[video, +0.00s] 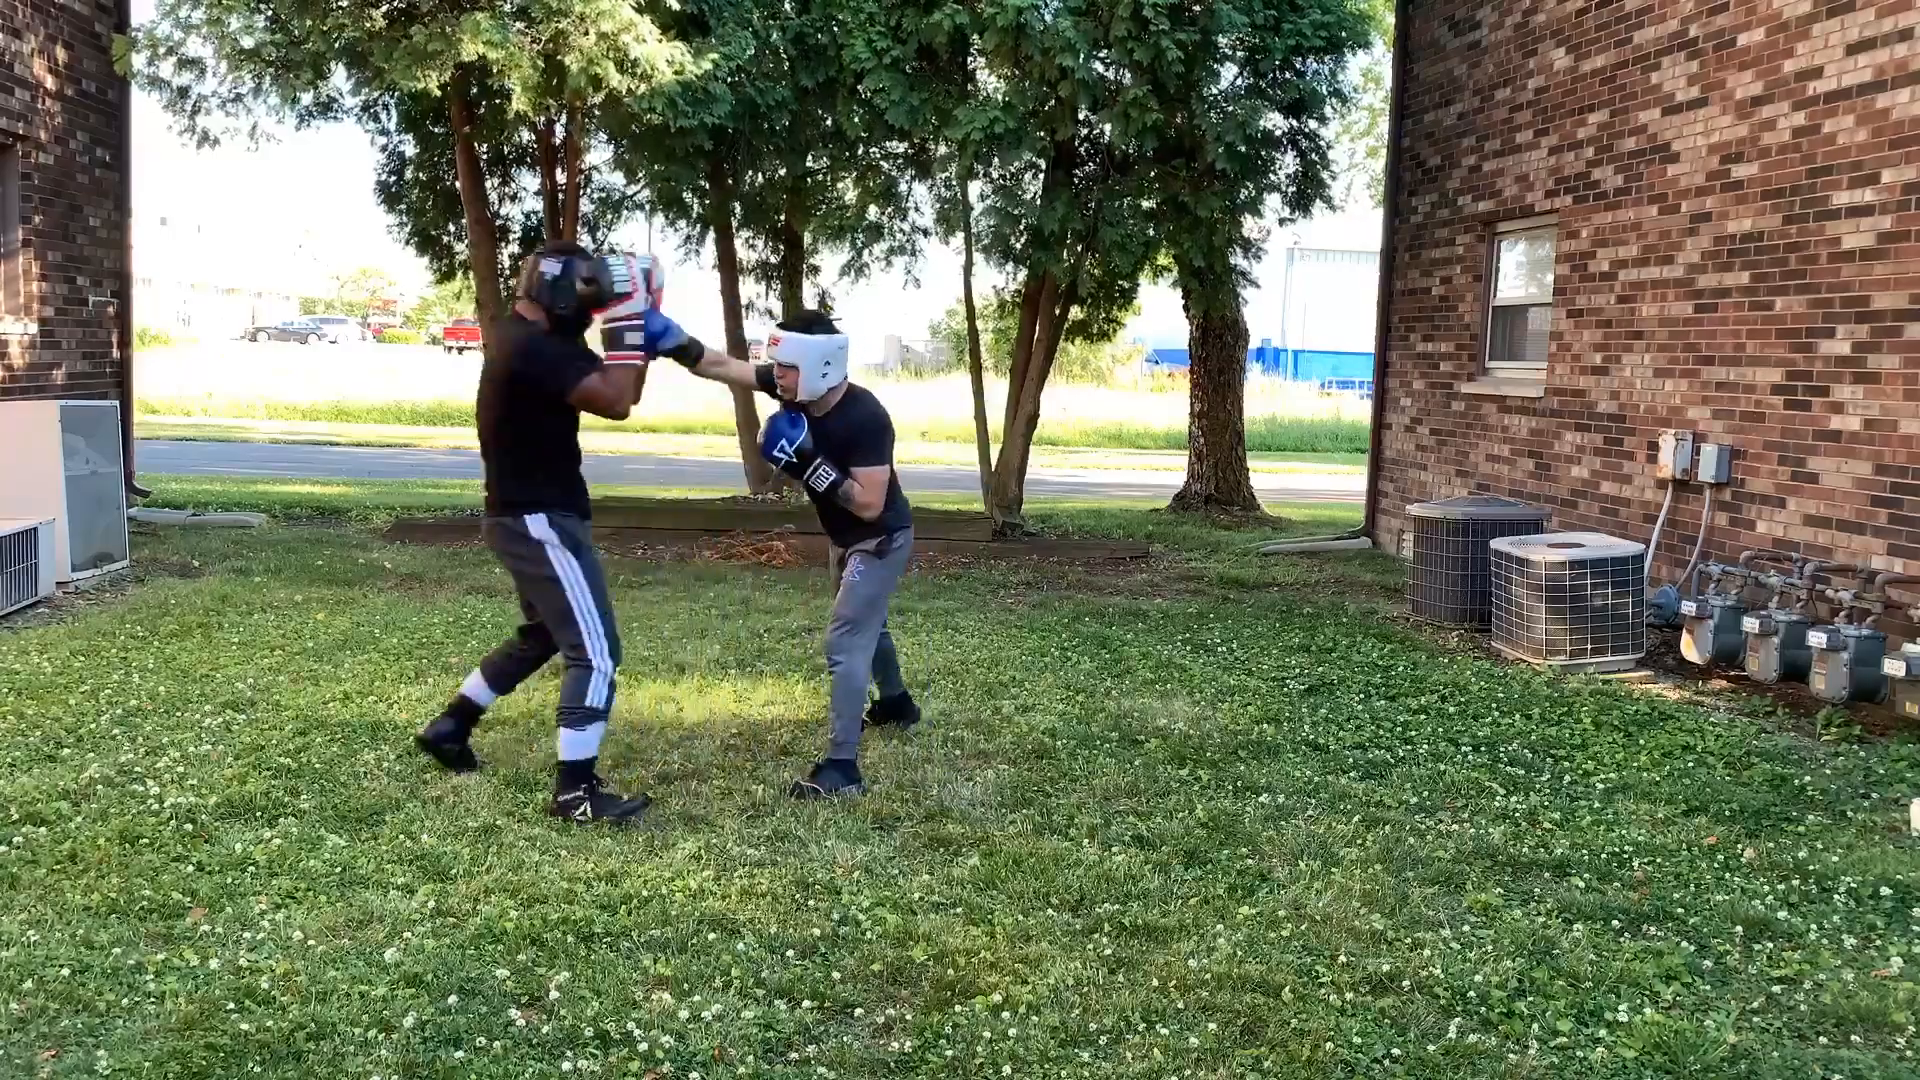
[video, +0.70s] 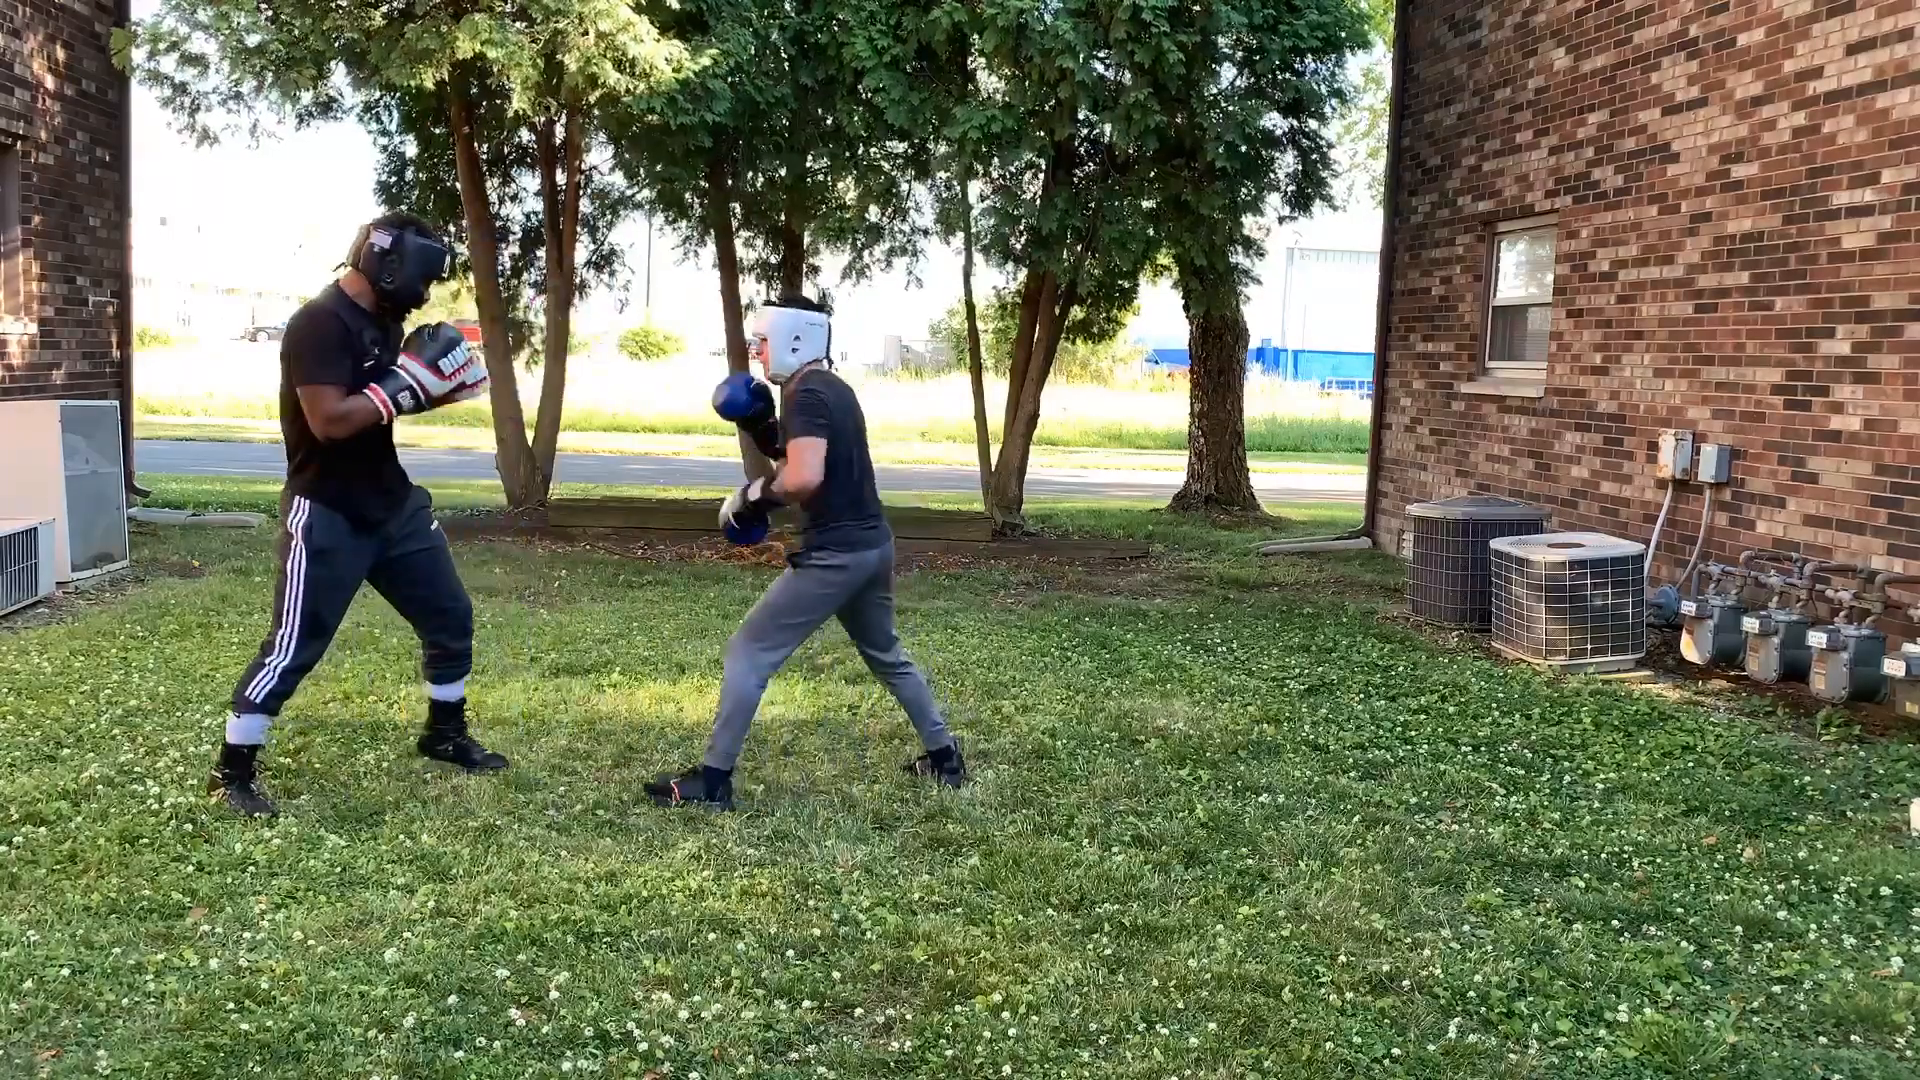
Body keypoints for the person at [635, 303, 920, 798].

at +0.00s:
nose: (778, 375)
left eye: (787, 368)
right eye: (778, 366)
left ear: (822, 373)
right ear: (816, 369)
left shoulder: (865, 419)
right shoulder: (797, 389)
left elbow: (870, 505)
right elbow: (722, 366)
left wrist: (805, 462)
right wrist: (676, 341)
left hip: (882, 539)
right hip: (847, 535)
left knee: (847, 640)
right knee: (865, 621)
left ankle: (842, 766)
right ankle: (895, 701)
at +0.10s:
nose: (776, 358)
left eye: (786, 350)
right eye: (778, 349)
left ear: (821, 355)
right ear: (809, 355)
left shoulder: (862, 405)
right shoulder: (803, 384)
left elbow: (866, 492)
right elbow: (756, 370)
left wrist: (803, 454)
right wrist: (726, 375)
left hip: (885, 534)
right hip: (852, 531)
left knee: (851, 642)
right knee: (868, 626)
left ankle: (842, 768)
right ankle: (926, 706)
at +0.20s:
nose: (780, 338)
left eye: (789, 330)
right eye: (781, 328)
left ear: (822, 334)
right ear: (810, 334)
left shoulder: (858, 390)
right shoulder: (805, 374)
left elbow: (871, 477)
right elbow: (767, 395)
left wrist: (806, 460)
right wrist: (753, 421)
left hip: (887, 523)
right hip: (857, 524)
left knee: (850, 639)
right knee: (875, 630)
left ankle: (843, 768)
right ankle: (944, 716)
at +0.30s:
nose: (780, 330)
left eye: (787, 319)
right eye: (780, 319)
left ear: (818, 321)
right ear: (829, 321)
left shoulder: (846, 380)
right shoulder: (839, 371)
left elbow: (870, 466)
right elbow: (836, 426)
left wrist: (821, 481)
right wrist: (788, 436)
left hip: (881, 528)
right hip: (895, 522)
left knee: (841, 642)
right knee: (894, 635)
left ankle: (842, 769)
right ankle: (941, 745)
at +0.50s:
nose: (783, 339)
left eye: (789, 328)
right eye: (783, 328)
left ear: (817, 330)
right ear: (838, 330)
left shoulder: (829, 383)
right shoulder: (867, 377)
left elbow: (855, 458)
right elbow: (876, 458)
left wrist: (820, 496)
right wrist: (810, 460)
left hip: (865, 538)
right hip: (907, 530)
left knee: (791, 634)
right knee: (911, 649)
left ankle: (816, 761)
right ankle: (946, 757)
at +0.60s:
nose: (775, 347)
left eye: (780, 335)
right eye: (775, 336)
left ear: (809, 337)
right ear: (828, 337)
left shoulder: (824, 387)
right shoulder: (858, 382)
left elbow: (839, 472)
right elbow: (839, 470)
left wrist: (794, 501)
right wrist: (783, 439)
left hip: (855, 543)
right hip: (892, 537)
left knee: (775, 641)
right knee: (897, 652)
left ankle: (746, 771)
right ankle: (944, 755)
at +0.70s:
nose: (756, 351)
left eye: (761, 341)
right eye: (757, 342)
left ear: (787, 343)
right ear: (808, 344)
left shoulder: (806, 388)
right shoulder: (833, 387)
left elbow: (804, 477)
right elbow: (770, 473)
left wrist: (756, 493)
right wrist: (754, 422)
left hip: (836, 553)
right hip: (872, 546)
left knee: (749, 650)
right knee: (889, 656)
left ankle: (714, 777)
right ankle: (945, 754)